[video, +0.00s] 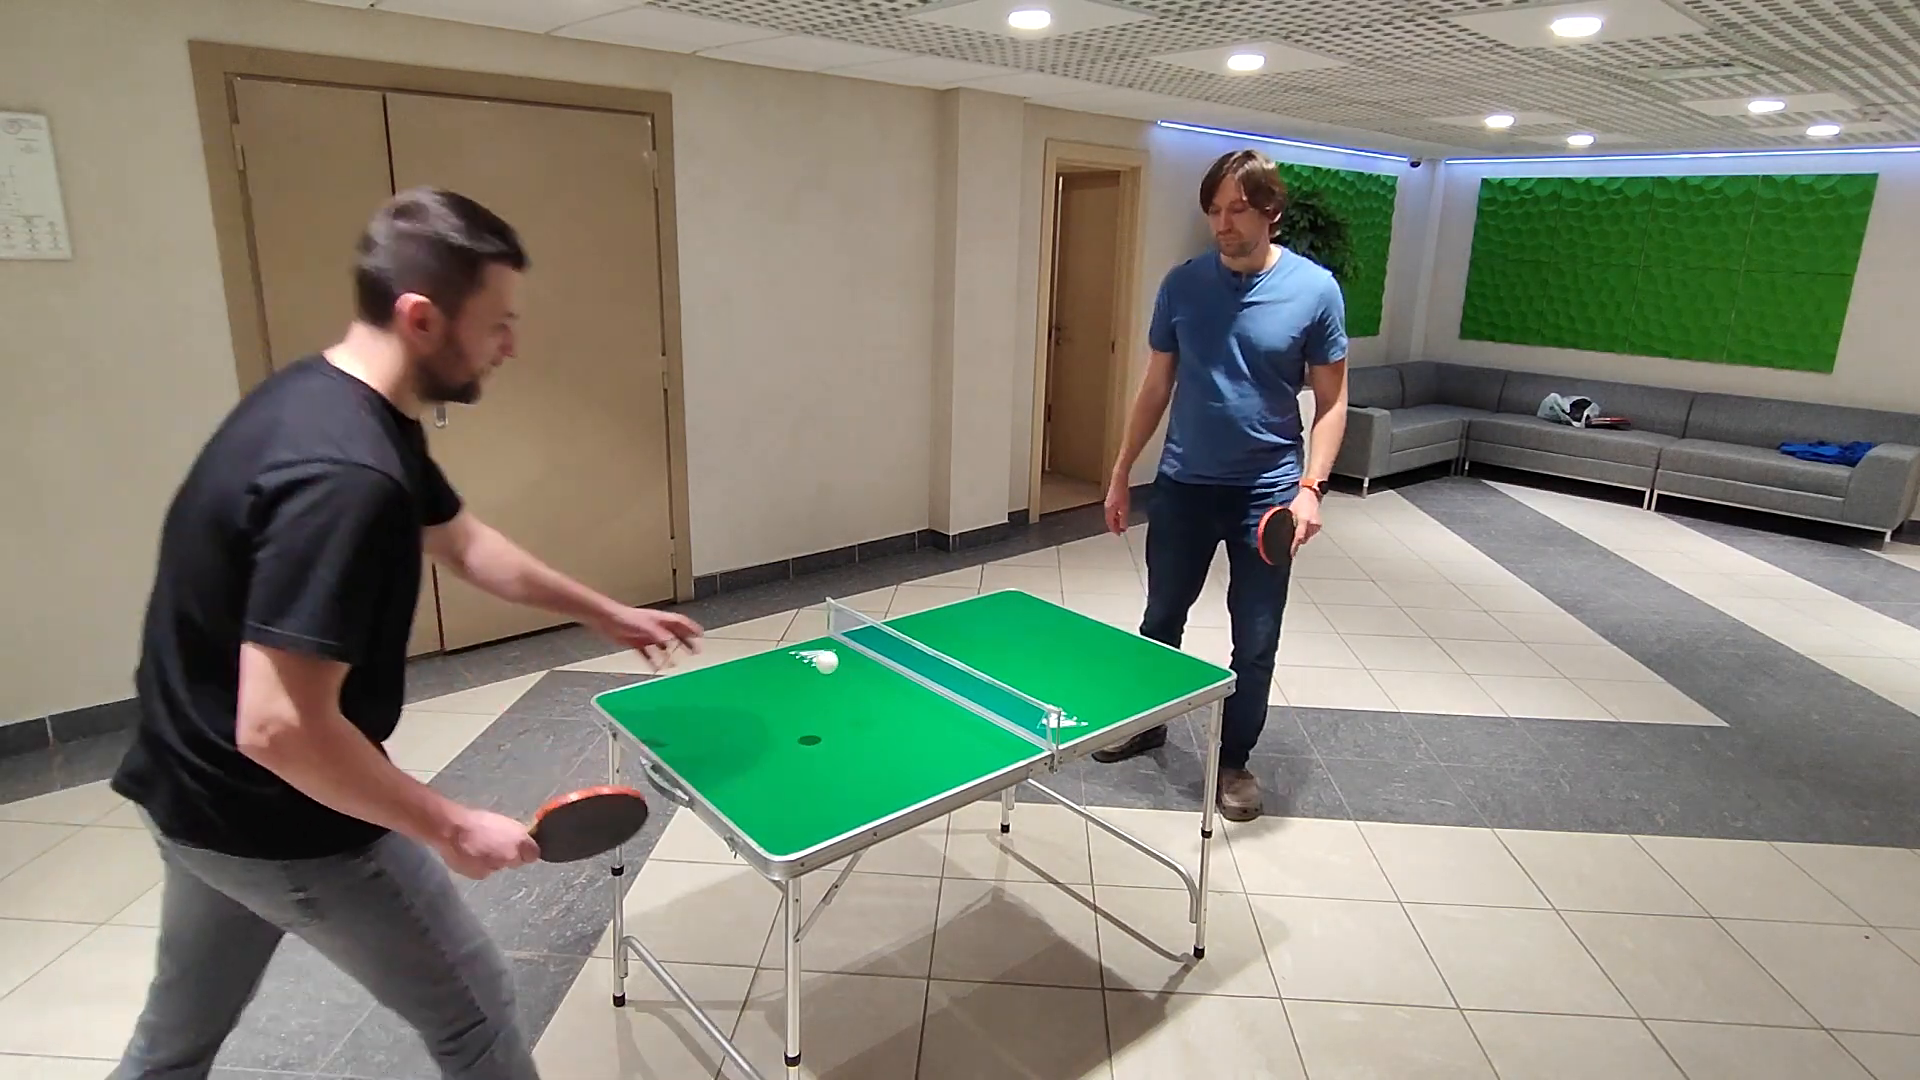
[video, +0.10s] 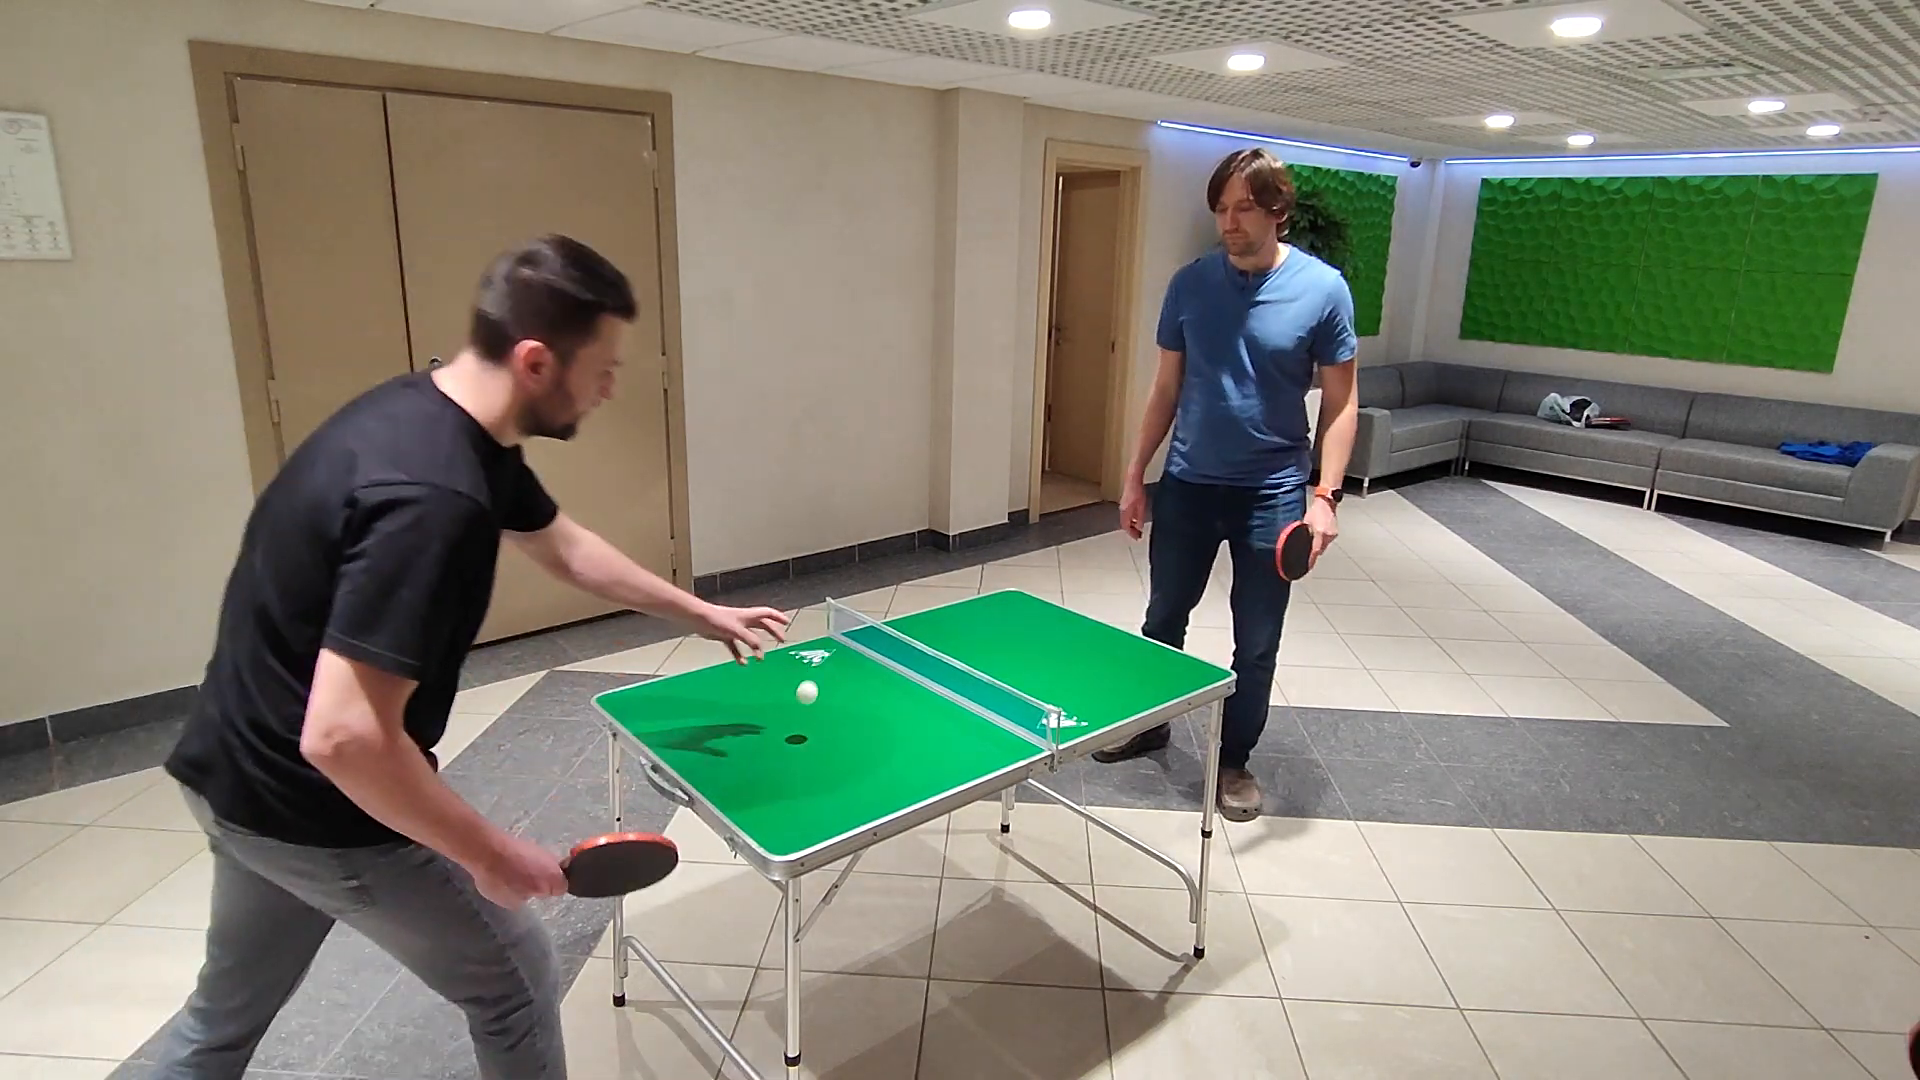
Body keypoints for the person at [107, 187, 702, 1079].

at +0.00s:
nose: (510, 347)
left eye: (510, 324)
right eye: (497, 324)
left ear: (415, 316)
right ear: (419, 316)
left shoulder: (335, 400)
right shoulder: (350, 471)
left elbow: (465, 543)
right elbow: (279, 724)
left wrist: (611, 615)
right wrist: (447, 825)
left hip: (205, 793)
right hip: (291, 822)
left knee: (171, 1042)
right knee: (476, 1017)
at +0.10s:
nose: (609, 390)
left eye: (612, 369)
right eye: (604, 369)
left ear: (523, 352)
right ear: (536, 359)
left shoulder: (433, 414)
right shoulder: (435, 489)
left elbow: (562, 546)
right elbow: (344, 735)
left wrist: (703, 613)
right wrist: (494, 854)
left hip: (246, 769)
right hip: (317, 808)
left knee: (217, 1021)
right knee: (515, 979)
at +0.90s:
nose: (700, 348)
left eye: (705, 327)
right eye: (695, 326)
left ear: (623, 312)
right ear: (631, 317)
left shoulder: (576, 401)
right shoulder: (520, 436)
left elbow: (566, 569)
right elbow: (392, 656)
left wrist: (612, 702)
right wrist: (459, 839)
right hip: (435, 757)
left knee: (408, 924)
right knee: (523, 981)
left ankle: (361, 1066)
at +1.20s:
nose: (533, 278)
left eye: (533, 255)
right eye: (518, 256)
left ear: (456, 257)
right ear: (441, 253)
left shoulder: (480, 368)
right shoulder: (341, 401)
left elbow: (566, 499)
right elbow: (244, 612)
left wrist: (703, 557)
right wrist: (330, 798)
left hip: (444, 729)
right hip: (390, 755)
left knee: (379, 935)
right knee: (490, 974)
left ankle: (352, 1070)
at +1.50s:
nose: (403, 240)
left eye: (400, 215)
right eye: (379, 216)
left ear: (315, 225)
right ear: (296, 223)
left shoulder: (386, 356)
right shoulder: (210, 386)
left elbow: (485, 473)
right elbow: (144, 595)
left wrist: (629, 536)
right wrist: (243, 769)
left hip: (390, 722)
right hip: (315, 747)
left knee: (343, 943)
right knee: (406, 985)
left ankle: (338, 1071)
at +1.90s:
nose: (261, 218)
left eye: (254, 192)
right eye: (230, 195)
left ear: (156, 211)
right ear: (138, 211)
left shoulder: (254, 350)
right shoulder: (68, 385)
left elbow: (253, 558)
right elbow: (40, 616)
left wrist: (309, 707)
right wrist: (238, 729)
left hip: (296, 749)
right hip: (175, 789)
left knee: (313, 956)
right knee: (178, 1029)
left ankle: (337, 1070)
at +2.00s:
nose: (204, 219)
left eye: (196, 192)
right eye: (172, 195)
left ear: (88, 214)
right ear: (75, 212)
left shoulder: (201, 356)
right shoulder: (24, 386)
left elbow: (238, 557)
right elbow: (13, 639)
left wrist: (288, 703)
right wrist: (219, 728)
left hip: (256, 762)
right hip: (114, 804)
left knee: (297, 956)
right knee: (99, 1044)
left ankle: (335, 1071)